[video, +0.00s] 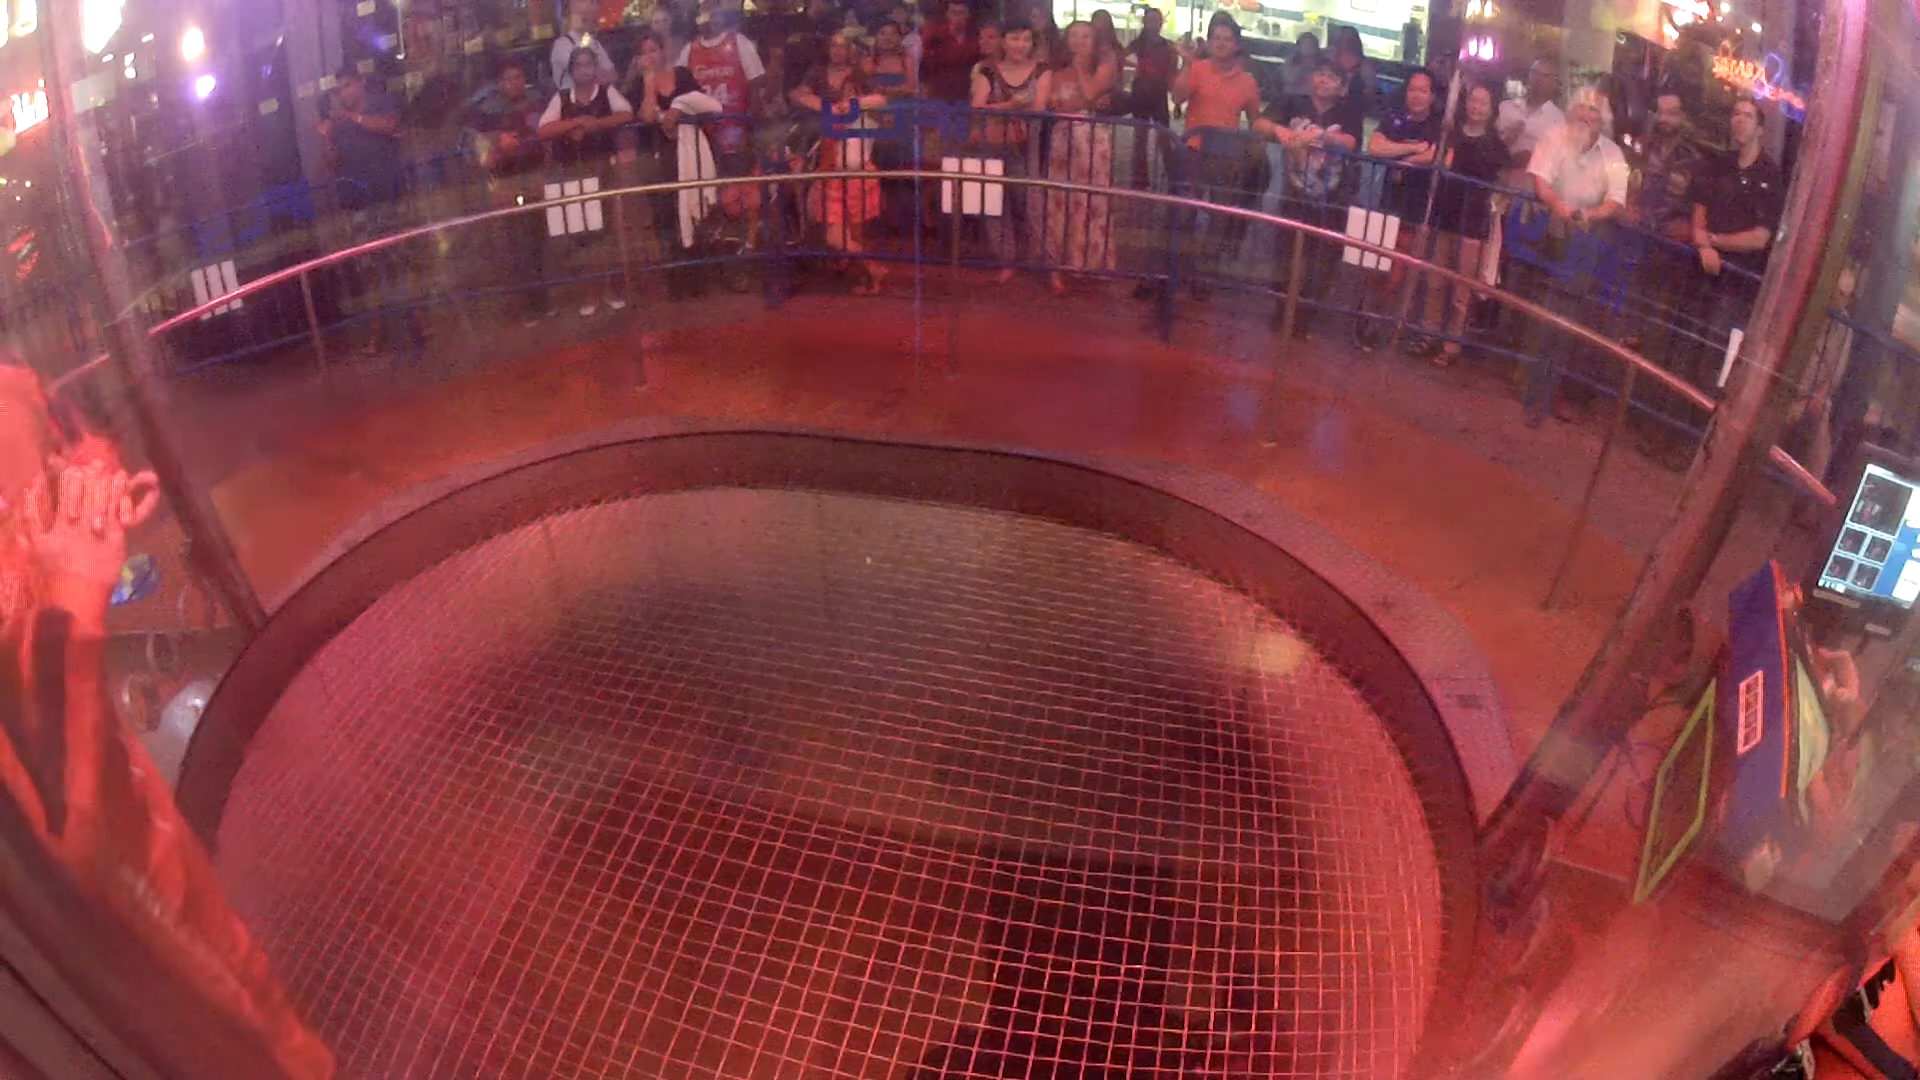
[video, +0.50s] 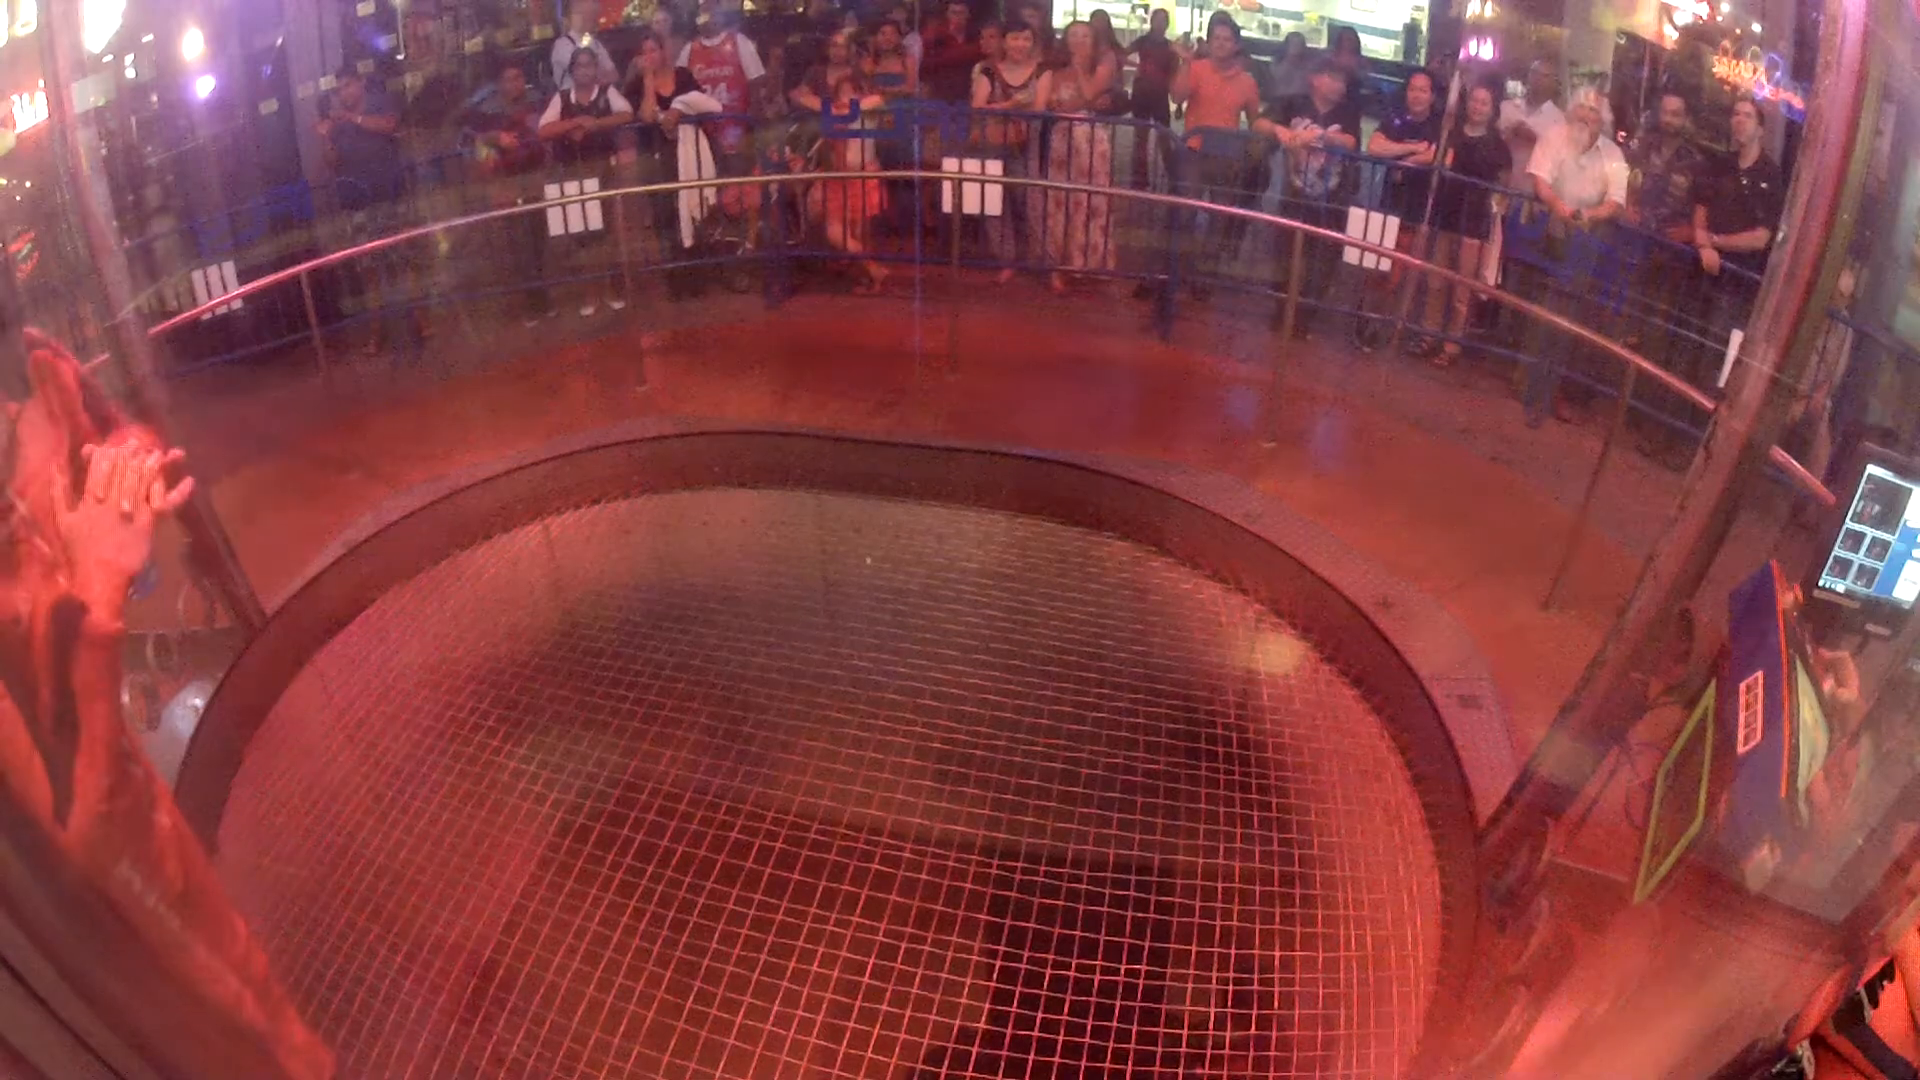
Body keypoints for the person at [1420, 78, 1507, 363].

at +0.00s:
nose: (1476, 107)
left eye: (1483, 102)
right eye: (1473, 100)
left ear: (1492, 110)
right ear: (1465, 104)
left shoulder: (1496, 146)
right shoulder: (1452, 138)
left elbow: (1490, 174)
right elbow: (1437, 166)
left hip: (1473, 219)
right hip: (1443, 213)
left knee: (1462, 286)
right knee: (1435, 279)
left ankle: (1452, 342)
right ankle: (1428, 333)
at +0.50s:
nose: (1477, 107)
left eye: (1484, 103)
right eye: (1473, 101)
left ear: (1494, 109)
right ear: (1465, 104)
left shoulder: (1498, 146)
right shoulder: (1452, 136)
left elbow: (1494, 180)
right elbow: (1438, 167)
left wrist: (1456, 161)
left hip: (1474, 219)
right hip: (1443, 212)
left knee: (1463, 285)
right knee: (1435, 280)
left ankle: (1452, 342)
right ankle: (1429, 333)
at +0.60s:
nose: (1478, 107)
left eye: (1485, 103)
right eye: (1474, 101)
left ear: (1494, 109)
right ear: (1466, 104)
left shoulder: (1498, 146)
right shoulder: (1453, 137)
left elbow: (1501, 186)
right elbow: (1439, 169)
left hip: (1475, 218)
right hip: (1444, 212)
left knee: (1463, 284)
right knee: (1435, 278)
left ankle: (1452, 341)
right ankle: (1429, 332)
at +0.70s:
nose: (1477, 107)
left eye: (1484, 103)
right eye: (1473, 100)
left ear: (1494, 110)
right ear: (1466, 103)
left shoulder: (1498, 148)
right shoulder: (1452, 137)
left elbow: (1497, 185)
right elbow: (1437, 168)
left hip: (1474, 219)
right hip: (1443, 213)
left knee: (1463, 285)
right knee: (1435, 279)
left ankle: (1452, 341)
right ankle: (1429, 332)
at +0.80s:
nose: (1477, 107)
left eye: (1484, 103)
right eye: (1474, 101)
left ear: (1494, 110)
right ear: (1466, 104)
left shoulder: (1498, 148)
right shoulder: (1451, 137)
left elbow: (1499, 186)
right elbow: (1437, 169)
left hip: (1474, 219)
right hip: (1443, 213)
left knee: (1463, 285)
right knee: (1435, 279)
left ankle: (1452, 341)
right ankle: (1429, 332)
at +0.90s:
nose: (1478, 107)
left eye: (1485, 103)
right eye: (1474, 101)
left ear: (1495, 110)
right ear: (1466, 103)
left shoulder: (1498, 146)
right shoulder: (1452, 136)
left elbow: (1504, 185)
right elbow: (1439, 166)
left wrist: (1497, 208)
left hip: (1475, 217)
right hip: (1444, 211)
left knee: (1463, 284)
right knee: (1435, 278)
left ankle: (1452, 341)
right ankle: (1429, 332)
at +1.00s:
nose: (1478, 107)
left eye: (1485, 103)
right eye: (1474, 101)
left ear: (1494, 111)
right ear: (1466, 104)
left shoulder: (1498, 147)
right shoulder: (1452, 137)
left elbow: (1504, 185)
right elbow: (1439, 166)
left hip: (1475, 217)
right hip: (1445, 211)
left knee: (1463, 284)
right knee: (1435, 277)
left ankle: (1452, 341)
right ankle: (1429, 331)